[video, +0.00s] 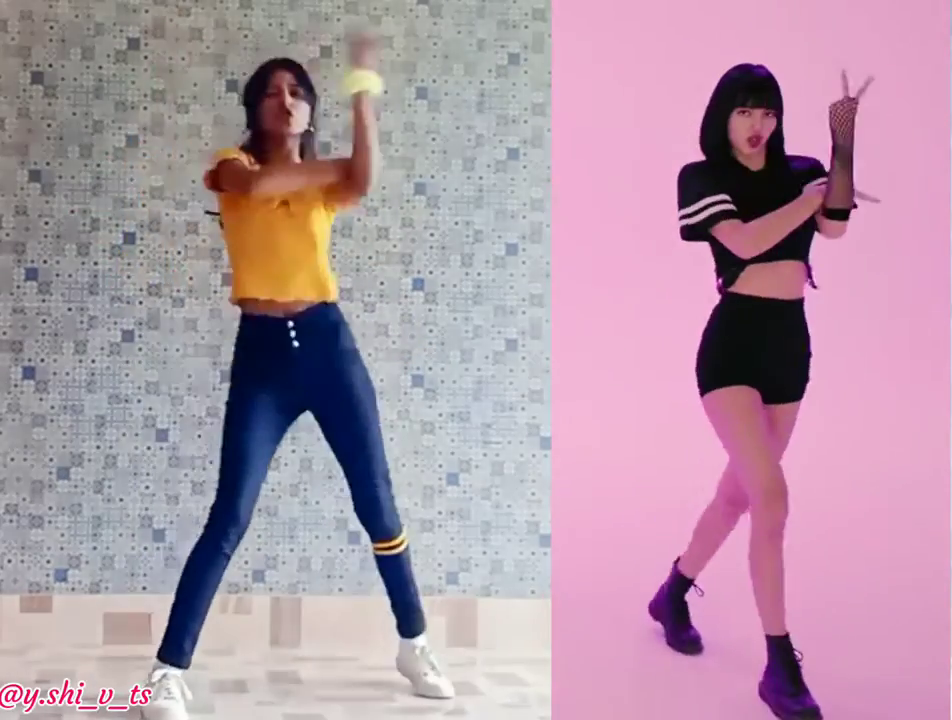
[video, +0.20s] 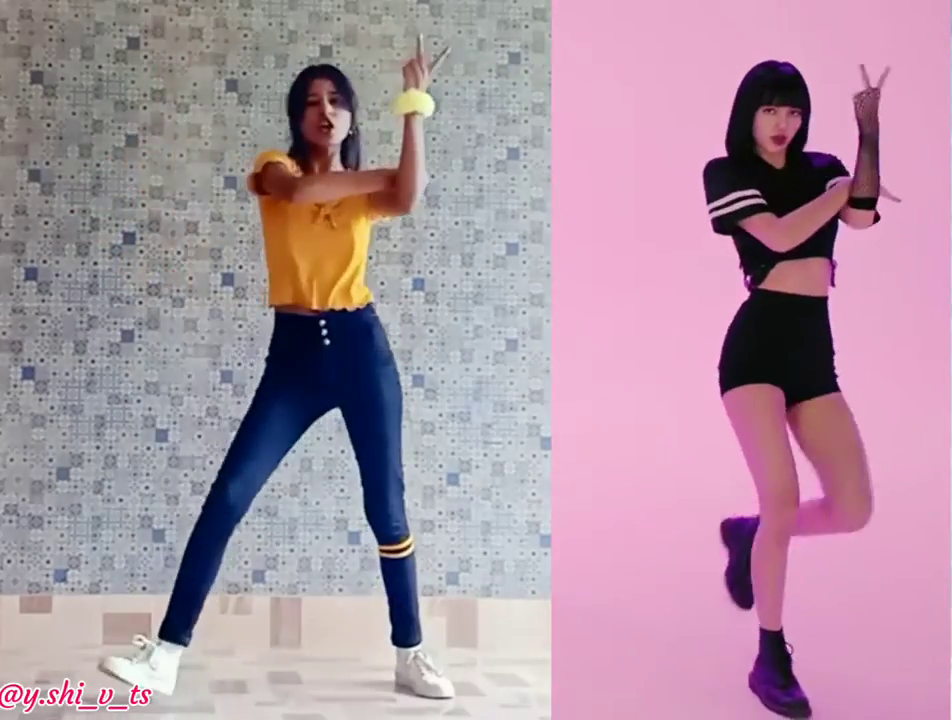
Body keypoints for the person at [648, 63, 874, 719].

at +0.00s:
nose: (757, 123)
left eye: (767, 111)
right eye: (744, 111)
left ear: (780, 119)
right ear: (720, 118)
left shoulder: (799, 173)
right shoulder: (703, 178)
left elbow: (836, 219)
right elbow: (741, 244)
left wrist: (844, 144)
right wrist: (814, 196)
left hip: (790, 347)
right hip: (731, 345)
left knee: (736, 496)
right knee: (771, 502)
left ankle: (673, 591)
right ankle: (780, 663)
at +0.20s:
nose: (782, 120)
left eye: (792, 110)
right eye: (771, 108)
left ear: (805, 117)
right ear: (746, 112)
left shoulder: (820, 169)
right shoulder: (727, 173)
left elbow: (864, 213)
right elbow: (776, 238)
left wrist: (869, 135)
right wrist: (843, 190)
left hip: (812, 352)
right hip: (753, 349)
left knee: (852, 510)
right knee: (779, 511)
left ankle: (750, 534)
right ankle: (771, 660)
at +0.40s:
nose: (799, 121)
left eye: (809, 109)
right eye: (787, 109)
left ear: (820, 114)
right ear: (763, 112)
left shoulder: (833, 166)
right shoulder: (743, 171)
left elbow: (886, 222)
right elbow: (798, 238)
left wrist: (858, 156)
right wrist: (859, 190)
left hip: (835, 349)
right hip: (773, 348)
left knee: (927, 483)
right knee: (777, 503)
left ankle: (872, 575)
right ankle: (754, 645)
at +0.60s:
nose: (797, 123)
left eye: (806, 112)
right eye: (786, 111)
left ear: (820, 118)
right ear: (764, 115)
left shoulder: (839, 158)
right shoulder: (742, 171)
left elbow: (886, 193)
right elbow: (784, 233)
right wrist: (851, 174)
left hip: (847, 334)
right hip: (785, 335)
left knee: (879, 485)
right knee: (767, 493)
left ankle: (890, 619)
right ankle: (723, 629)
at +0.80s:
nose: (792, 126)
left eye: (803, 116)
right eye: (781, 113)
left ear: (814, 122)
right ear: (758, 116)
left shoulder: (832, 165)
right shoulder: (737, 170)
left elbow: (877, 207)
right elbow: (761, 238)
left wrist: (869, 131)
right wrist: (839, 192)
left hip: (831, 334)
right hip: (771, 333)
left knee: (864, 485)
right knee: (746, 485)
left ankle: (870, 610)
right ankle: (696, 619)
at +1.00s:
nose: (831, 108)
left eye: (841, 101)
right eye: (820, 96)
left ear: (848, 112)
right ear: (796, 101)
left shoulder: (848, 169)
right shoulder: (756, 154)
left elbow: (929, 178)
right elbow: (727, 225)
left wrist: (937, 118)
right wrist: (797, 190)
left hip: (808, 320)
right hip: (750, 312)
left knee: (823, 470)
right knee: (689, 452)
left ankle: (834, 598)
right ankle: (625, 578)